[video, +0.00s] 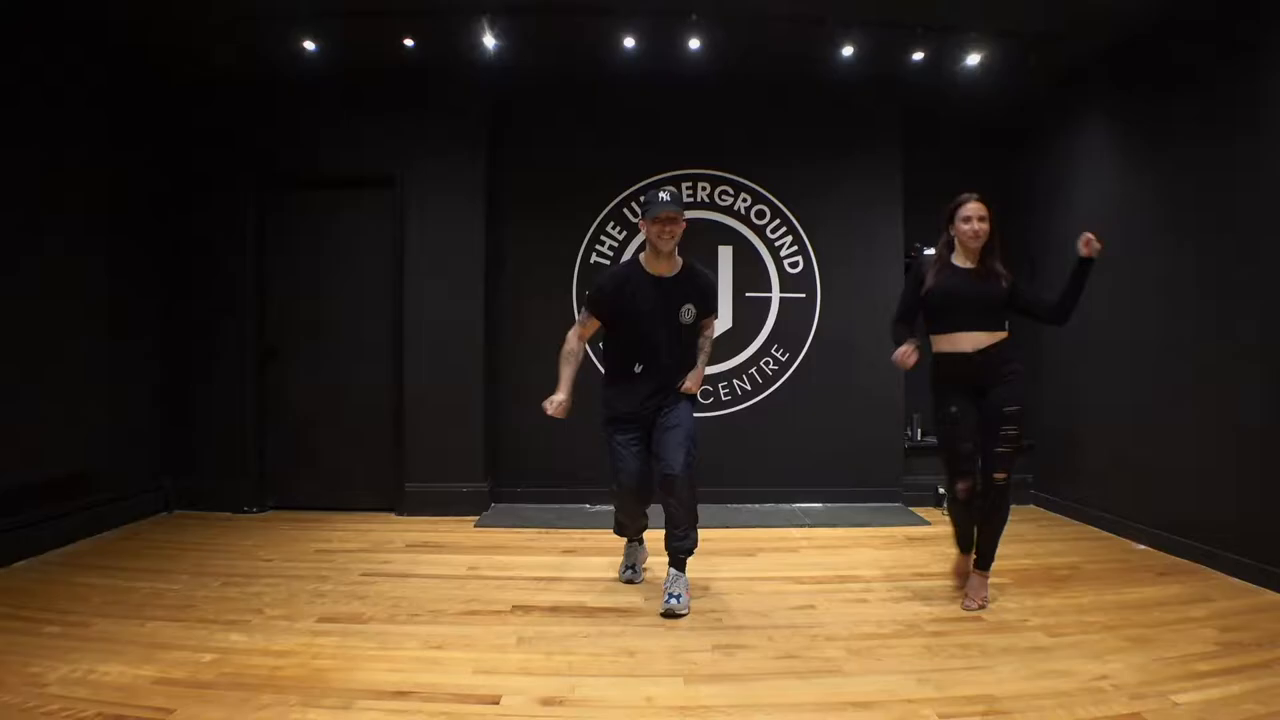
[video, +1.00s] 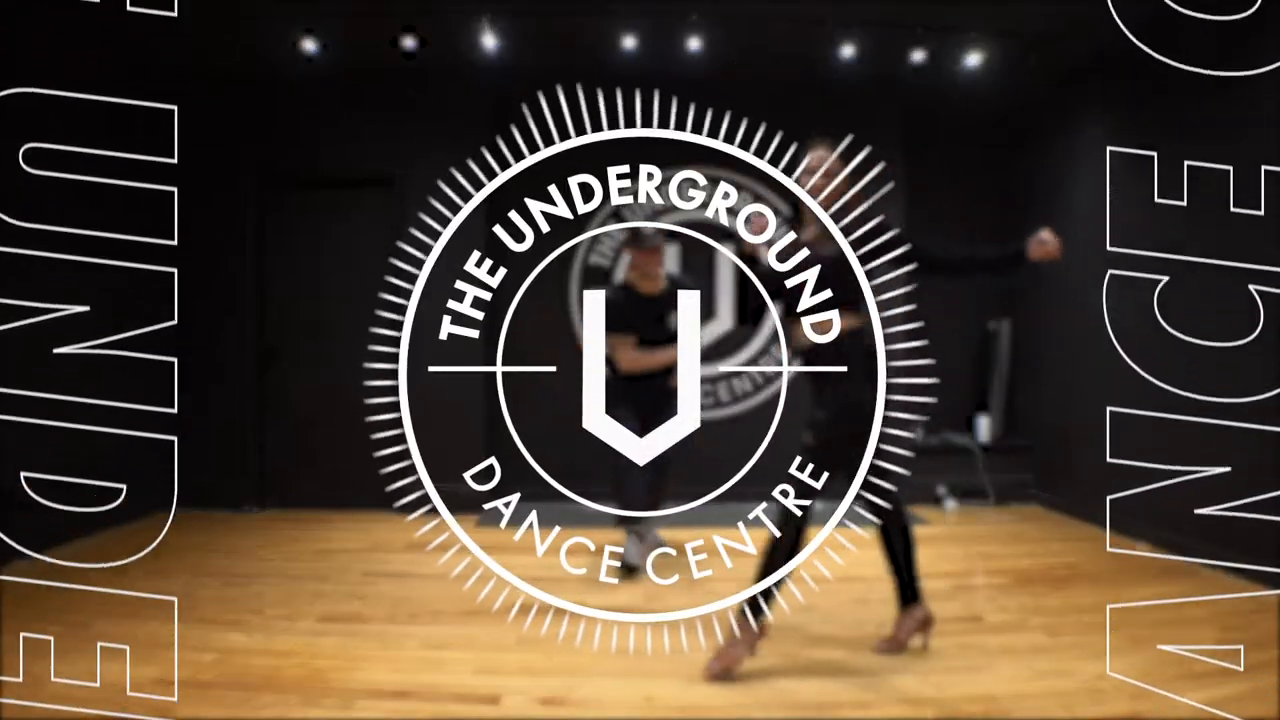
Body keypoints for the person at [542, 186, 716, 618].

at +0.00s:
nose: (668, 229)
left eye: (675, 222)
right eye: (660, 223)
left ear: (683, 225)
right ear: (644, 226)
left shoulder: (699, 282)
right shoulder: (615, 282)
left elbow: (706, 329)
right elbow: (576, 338)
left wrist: (699, 369)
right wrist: (564, 391)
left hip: (674, 396)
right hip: (624, 399)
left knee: (675, 475)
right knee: (629, 484)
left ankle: (677, 572)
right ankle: (634, 545)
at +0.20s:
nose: (653, 240)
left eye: (660, 234)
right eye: (646, 233)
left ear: (670, 239)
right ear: (633, 237)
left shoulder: (686, 286)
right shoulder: (609, 285)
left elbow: (693, 345)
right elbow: (585, 347)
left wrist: (680, 377)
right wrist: (638, 363)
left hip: (670, 397)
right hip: (622, 397)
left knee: (671, 470)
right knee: (626, 471)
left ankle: (678, 562)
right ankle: (635, 547)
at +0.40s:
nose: (640, 239)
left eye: (648, 232)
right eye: (633, 232)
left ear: (661, 234)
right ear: (623, 235)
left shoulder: (681, 281)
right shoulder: (605, 282)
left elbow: (696, 335)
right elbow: (581, 343)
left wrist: (685, 365)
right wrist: (633, 364)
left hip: (666, 390)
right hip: (620, 392)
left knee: (673, 462)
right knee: (624, 466)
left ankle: (680, 551)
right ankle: (635, 550)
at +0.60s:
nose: (628, 244)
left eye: (636, 236)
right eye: (624, 236)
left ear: (654, 239)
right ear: (617, 241)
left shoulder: (679, 284)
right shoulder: (604, 286)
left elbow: (695, 333)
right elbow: (574, 331)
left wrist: (685, 366)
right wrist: (552, 369)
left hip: (663, 388)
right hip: (617, 389)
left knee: (667, 458)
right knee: (624, 463)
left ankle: (666, 526)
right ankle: (633, 542)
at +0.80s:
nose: (632, 253)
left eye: (639, 245)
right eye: (626, 246)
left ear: (654, 246)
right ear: (618, 249)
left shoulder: (677, 291)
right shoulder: (606, 292)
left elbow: (691, 340)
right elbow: (588, 339)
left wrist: (683, 374)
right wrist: (606, 357)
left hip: (662, 388)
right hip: (620, 390)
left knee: (659, 457)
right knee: (626, 459)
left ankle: (648, 525)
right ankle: (633, 537)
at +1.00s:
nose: (652, 261)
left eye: (656, 253)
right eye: (644, 254)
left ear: (663, 255)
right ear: (631, 257)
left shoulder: (680, 295)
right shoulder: (617, 300)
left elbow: (691, 341)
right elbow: (625, 359)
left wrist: (682, 374)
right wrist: (679, 352)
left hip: (664, 391)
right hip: (626, 394)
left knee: (660, 458)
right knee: (632, 460)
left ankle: (642, 530)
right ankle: (639, 532)